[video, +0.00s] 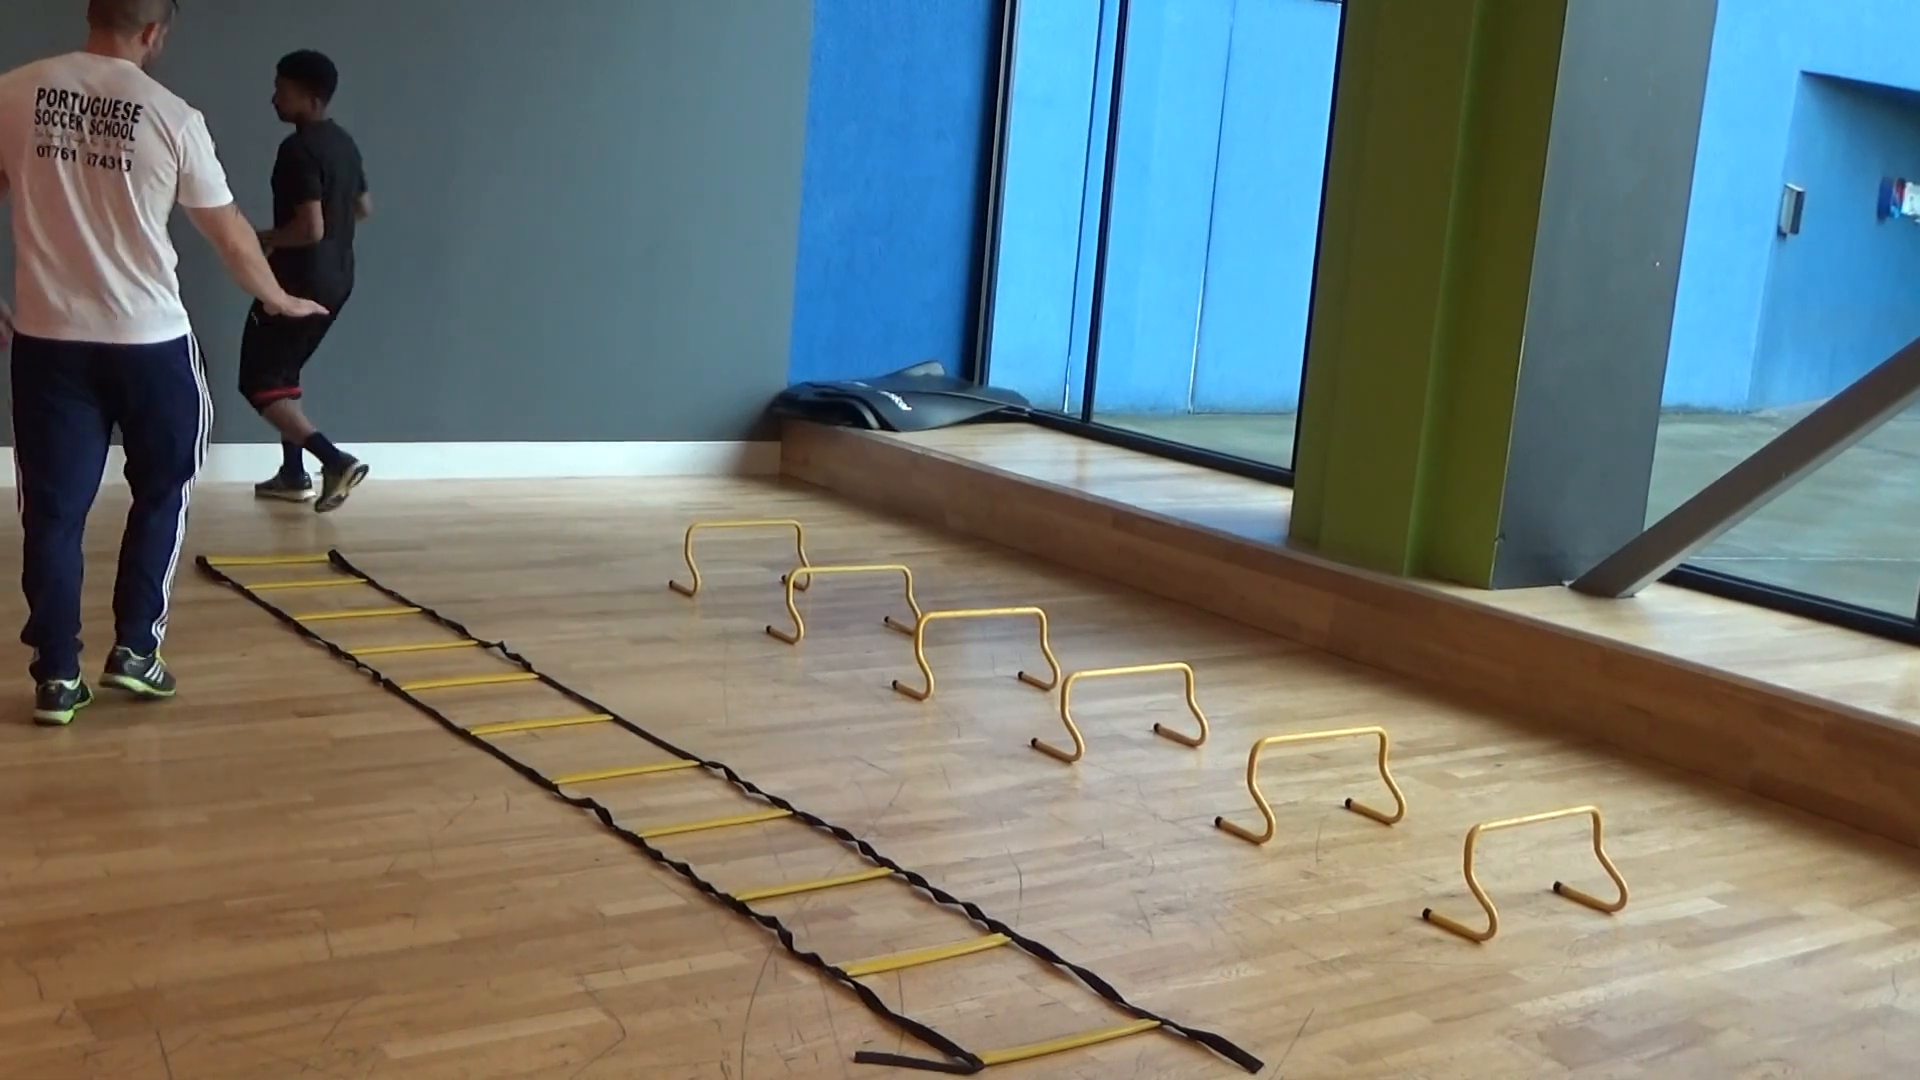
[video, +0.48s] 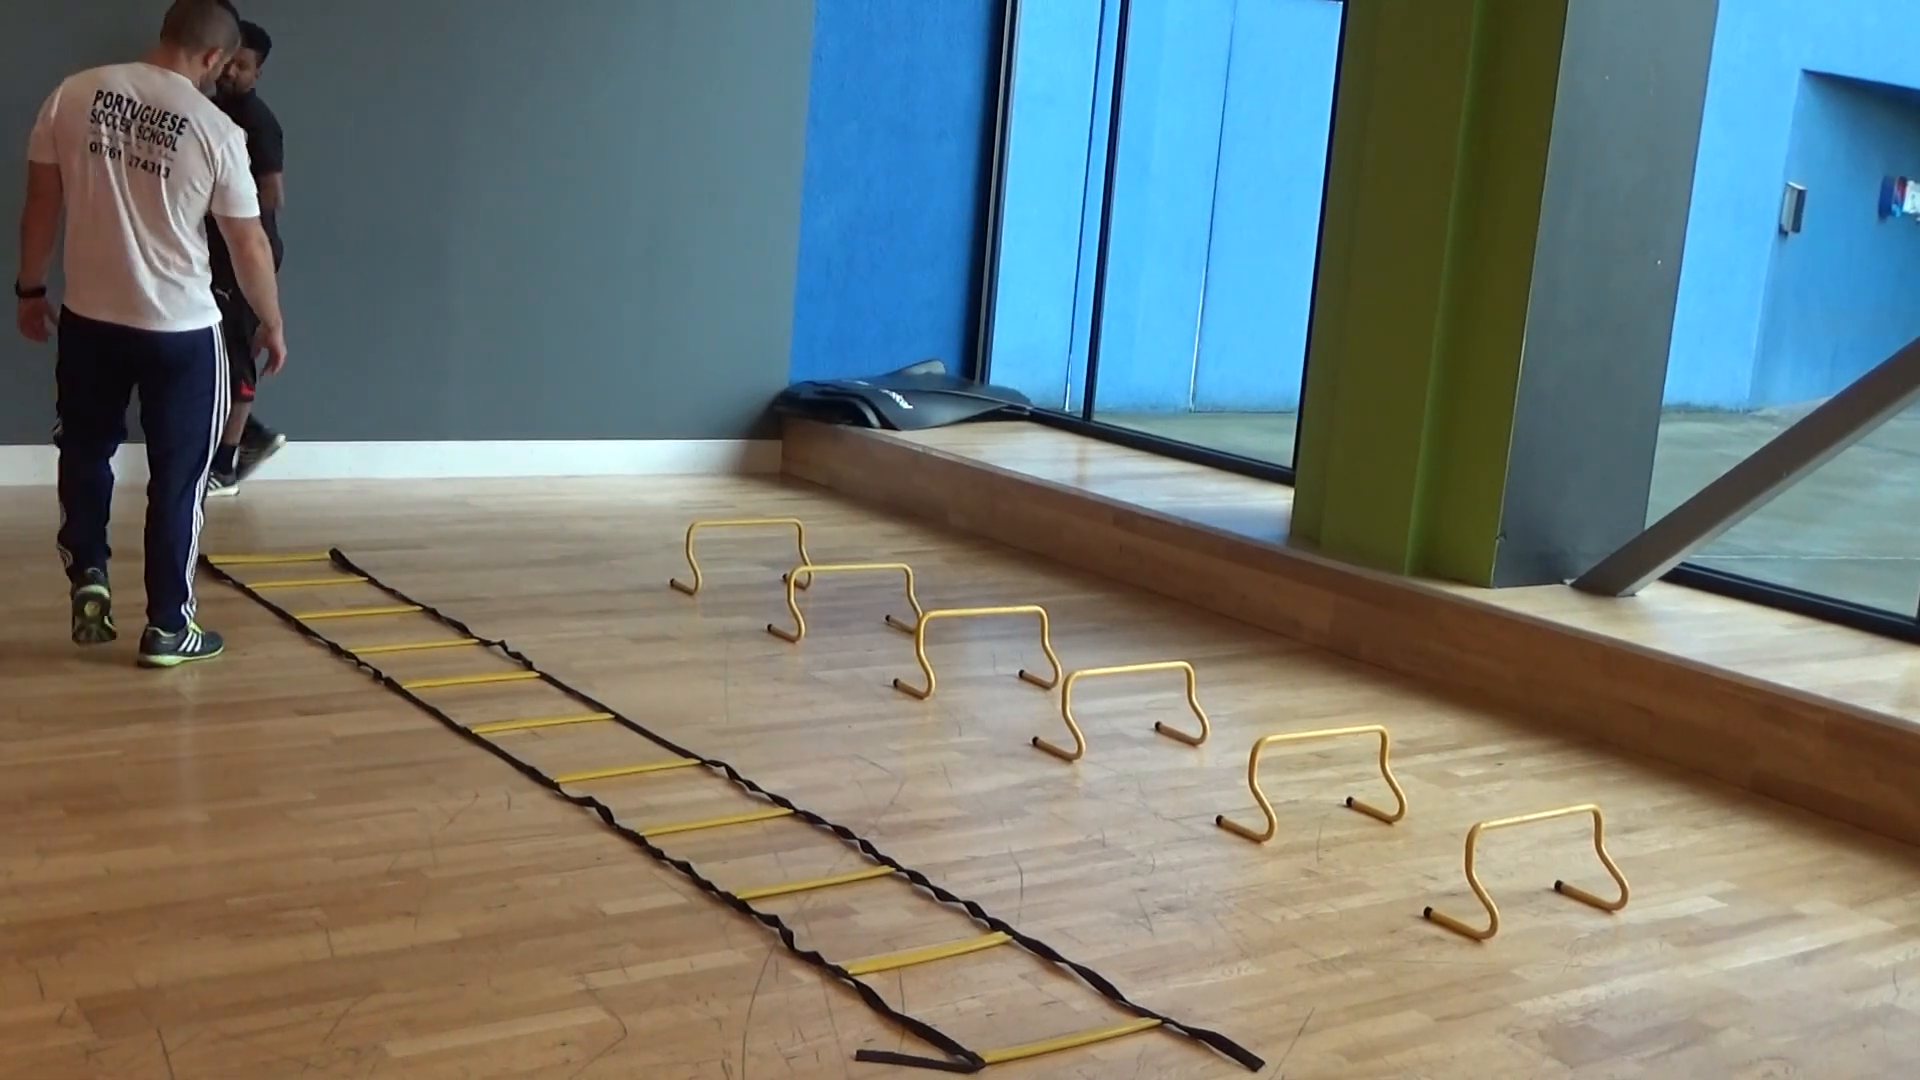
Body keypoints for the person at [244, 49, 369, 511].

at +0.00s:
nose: (274, 95)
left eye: (281, 87)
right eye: (276, 86)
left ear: (308, 93)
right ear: (319, 95)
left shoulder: (298, 148)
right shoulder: (342, 142)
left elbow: (309, 228)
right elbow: (361, 208)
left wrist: (260, 240)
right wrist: (309, 216)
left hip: (299, 281)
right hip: (334, 279)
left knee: (258, 384)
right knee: (283, 373)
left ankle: (336, 463)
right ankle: (292, 473)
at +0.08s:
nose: (259, 80)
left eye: (268, 73)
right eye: (262, 71)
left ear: (294, 79)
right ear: (301, 82)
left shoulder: (295, 132)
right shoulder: (319, 128)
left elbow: (314, 208)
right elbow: (310, 203)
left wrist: (257, 232)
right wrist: (255, 214)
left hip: (291, 266)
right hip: (320, 264)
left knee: (242, 366)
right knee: (282, 365)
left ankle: (302, 461)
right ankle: (293, 468)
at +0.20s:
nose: (247, 68)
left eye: (258, 62)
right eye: (246, 59)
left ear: (284, 66)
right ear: (248, 58)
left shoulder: (284, 107)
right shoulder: (274, 105)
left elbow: (318, 176)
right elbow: (281, 173)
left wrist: (253, 203)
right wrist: (241, 184)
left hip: (276, 253)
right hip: (292, 250)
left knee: (240, 350)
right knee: (276, 351)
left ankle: (245, 465)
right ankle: (294, 463)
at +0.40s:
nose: (234, 72)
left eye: (247, 66)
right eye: (232, 61)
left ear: (267, 71)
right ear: (224, 59)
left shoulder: (264, 116)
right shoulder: (231, 110)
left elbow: (289, 191)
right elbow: (226, 174)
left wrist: (232, 212)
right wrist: (202, 202)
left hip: (254, 254)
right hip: (225, 249)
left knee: (227, 354)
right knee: (225, 354)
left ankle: (220, 465)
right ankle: (281, 447)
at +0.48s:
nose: (230, 72)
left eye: (242, 66)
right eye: (228, 61)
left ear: (258, 72)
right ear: (217, 59)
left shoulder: (259, 120)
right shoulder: (198, 105)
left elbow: (271, 196)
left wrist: (216, 205)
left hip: (247, 245)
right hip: (200, 238)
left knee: (236, 343)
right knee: (203, 340)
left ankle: (223, 457)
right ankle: (251, 433)